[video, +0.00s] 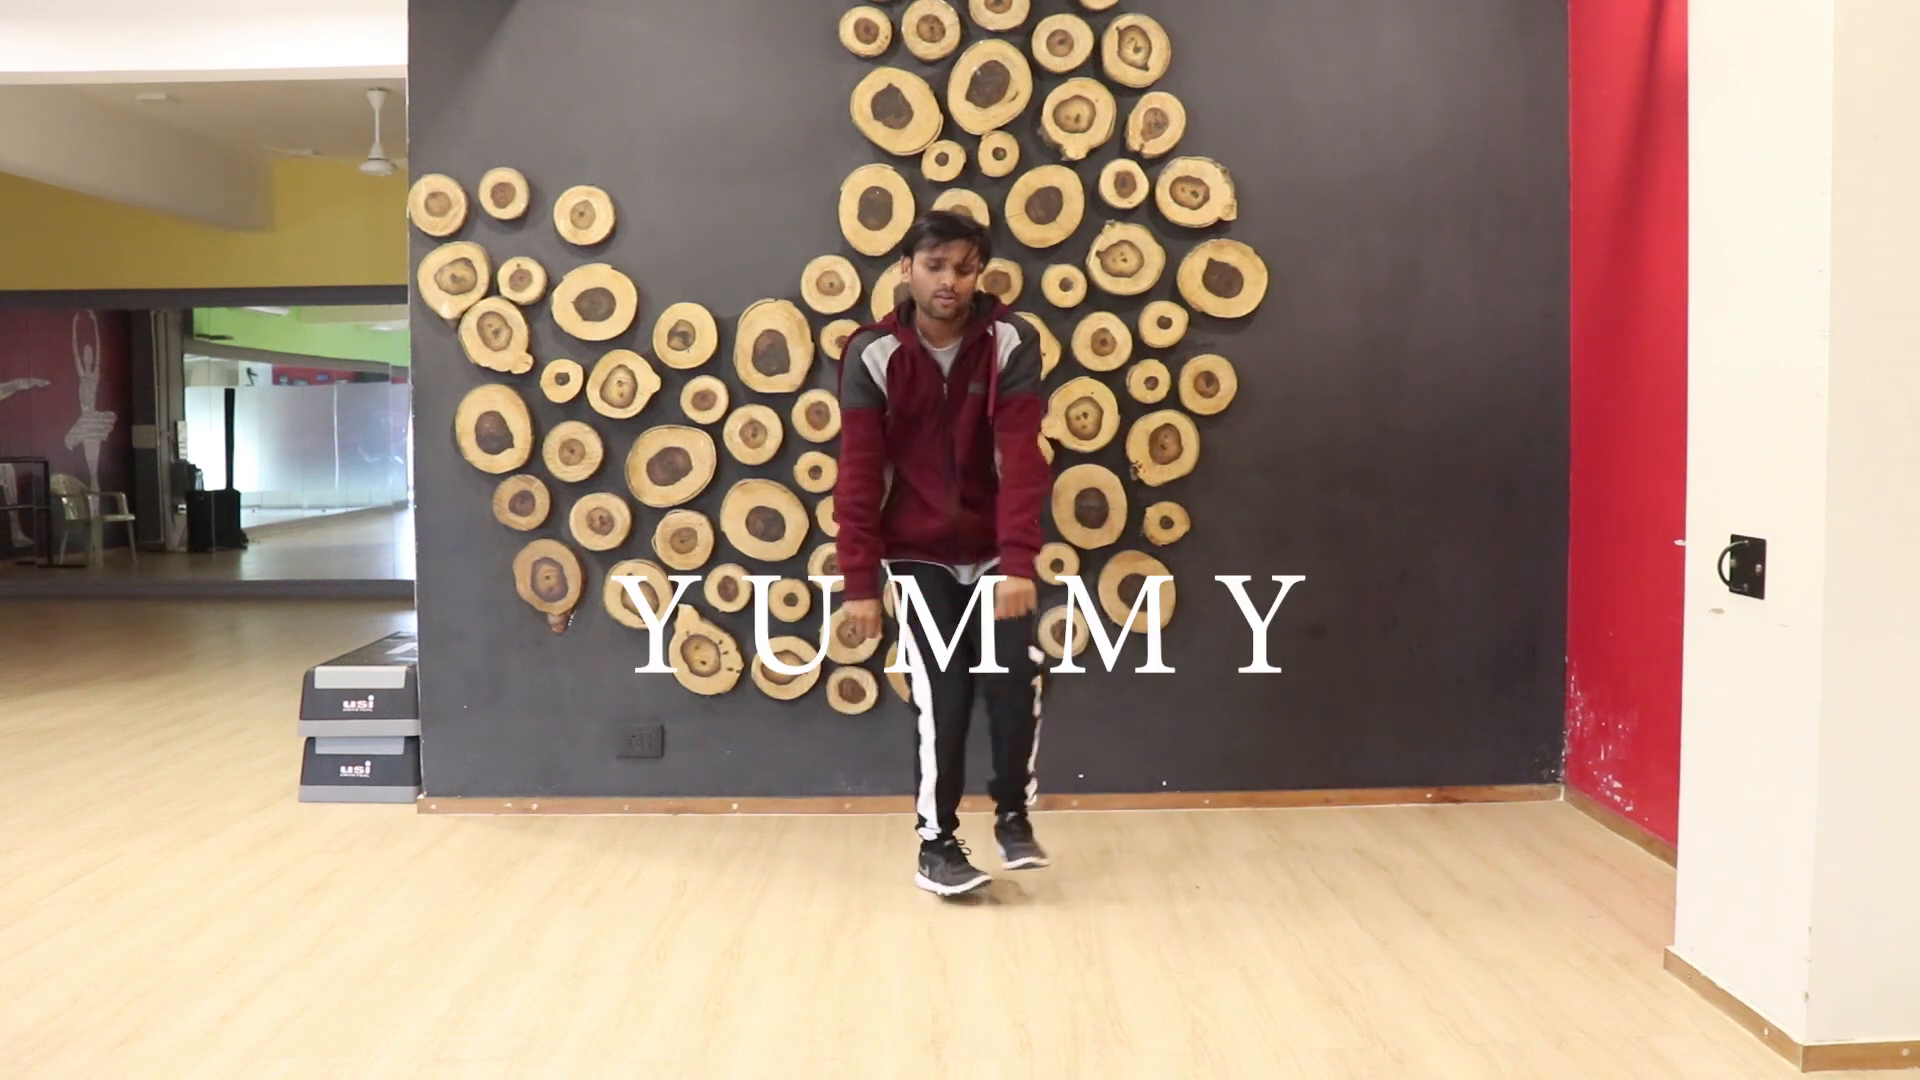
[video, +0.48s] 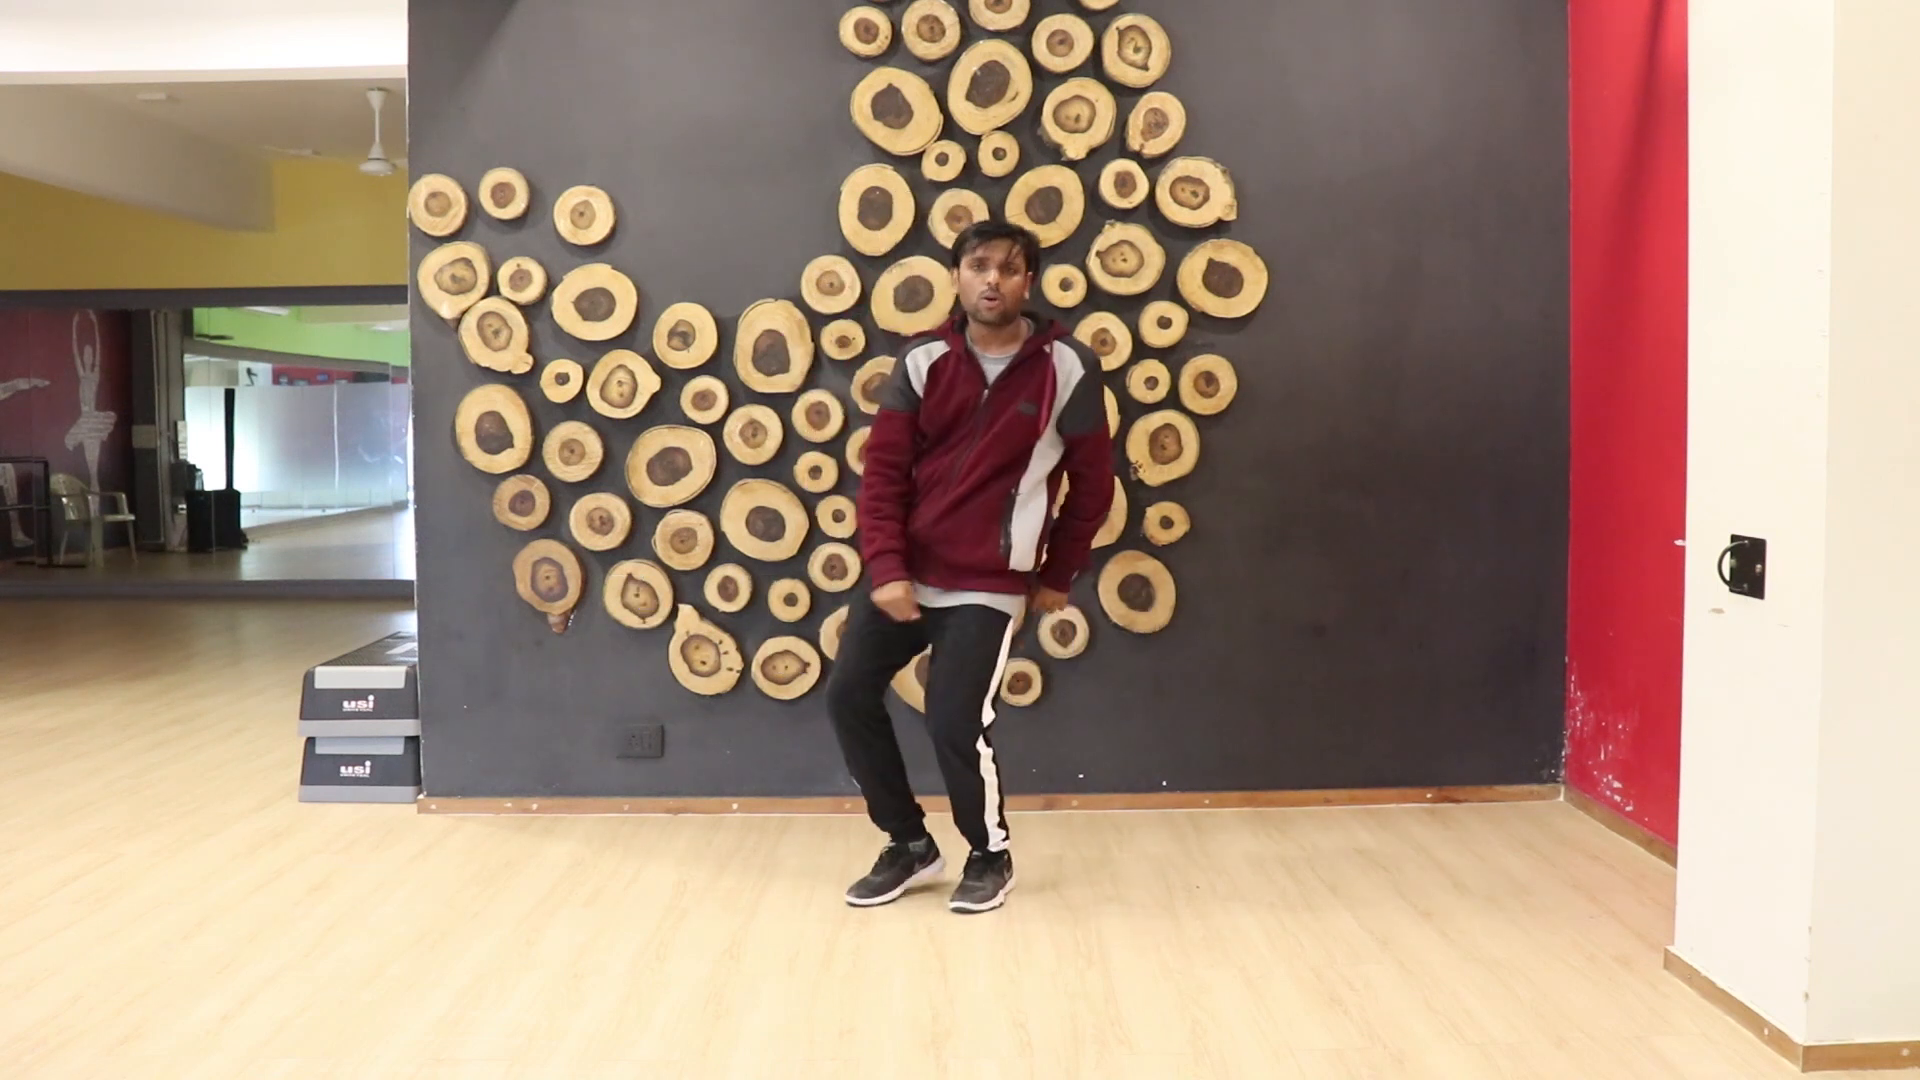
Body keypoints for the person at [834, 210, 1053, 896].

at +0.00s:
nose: (949, 283)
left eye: (963, 270)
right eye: (935, 268)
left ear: (979, 276)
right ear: (909, 271)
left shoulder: (1009, 342)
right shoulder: (871, 355)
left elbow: (1021, 459)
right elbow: (858, 473)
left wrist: (1017, 564)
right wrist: (860, 584)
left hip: (996, 550)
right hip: (916, 551)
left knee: (1012, 681)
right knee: (943, 692)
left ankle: (1012, 817)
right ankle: (936, 842)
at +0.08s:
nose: (952, 280)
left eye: (967, 268)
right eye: (939, 264)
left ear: (984, 276)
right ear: (913, 267)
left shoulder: (1012, 343)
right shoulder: (875, 351)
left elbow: (1041, 461)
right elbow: (867, 469)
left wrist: (1041, 576)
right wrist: (873, 575)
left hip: (993, 550)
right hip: (912, 553)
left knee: (980, 691)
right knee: (924, 699)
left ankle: (999, 831)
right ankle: (930, 840)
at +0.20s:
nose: (965, 281)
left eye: (980, 269)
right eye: (952, 265)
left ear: (998, 279)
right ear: (925, 271)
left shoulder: (1024, 355)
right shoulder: (887, 355)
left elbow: (1070, 463)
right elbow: (877, 470)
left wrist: (1065, 583)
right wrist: (895, 565)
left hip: (987, 564)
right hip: (907, 561)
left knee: (958, 697)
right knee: (901, 704)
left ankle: (990, 848)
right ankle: (920, 846)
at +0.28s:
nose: (974, 285)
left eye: (990, 274)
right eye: (961, 269)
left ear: (1008, 286)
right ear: (935, 276)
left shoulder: (1032, 365)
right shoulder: (897, 362)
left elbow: (1082, 468)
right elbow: (880, 473)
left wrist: (1070, 576)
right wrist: (907, 563)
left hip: (988, 571)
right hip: (906, 564)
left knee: (956, 702)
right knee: (886, 700)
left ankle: (990, 852)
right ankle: (915, 849)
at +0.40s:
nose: (986, 284)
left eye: (1001, 273)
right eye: (972, 270)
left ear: (1019, 288)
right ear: (949, 279)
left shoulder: (1052, 371)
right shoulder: (912, 364)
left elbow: (1089, 478)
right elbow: (884, 475)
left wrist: (1064, 574)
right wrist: (908, 567)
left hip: (988, 581)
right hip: (902, 568)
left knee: (954, 715)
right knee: (861, 700)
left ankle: (988, 856)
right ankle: (911, 851)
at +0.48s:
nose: (993, 280)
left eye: (1008, 269)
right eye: (980, 267)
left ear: (1029, 285)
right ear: (957, 279)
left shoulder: (1064, 369)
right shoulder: (923, 360)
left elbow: (1094, 480)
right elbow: (883, 469)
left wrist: (1058, 573)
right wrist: (885, 569)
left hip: (991, 584)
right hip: (910, 575)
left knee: (955, 719)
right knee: (848, 695)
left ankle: (988, 855)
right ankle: (907, 843)